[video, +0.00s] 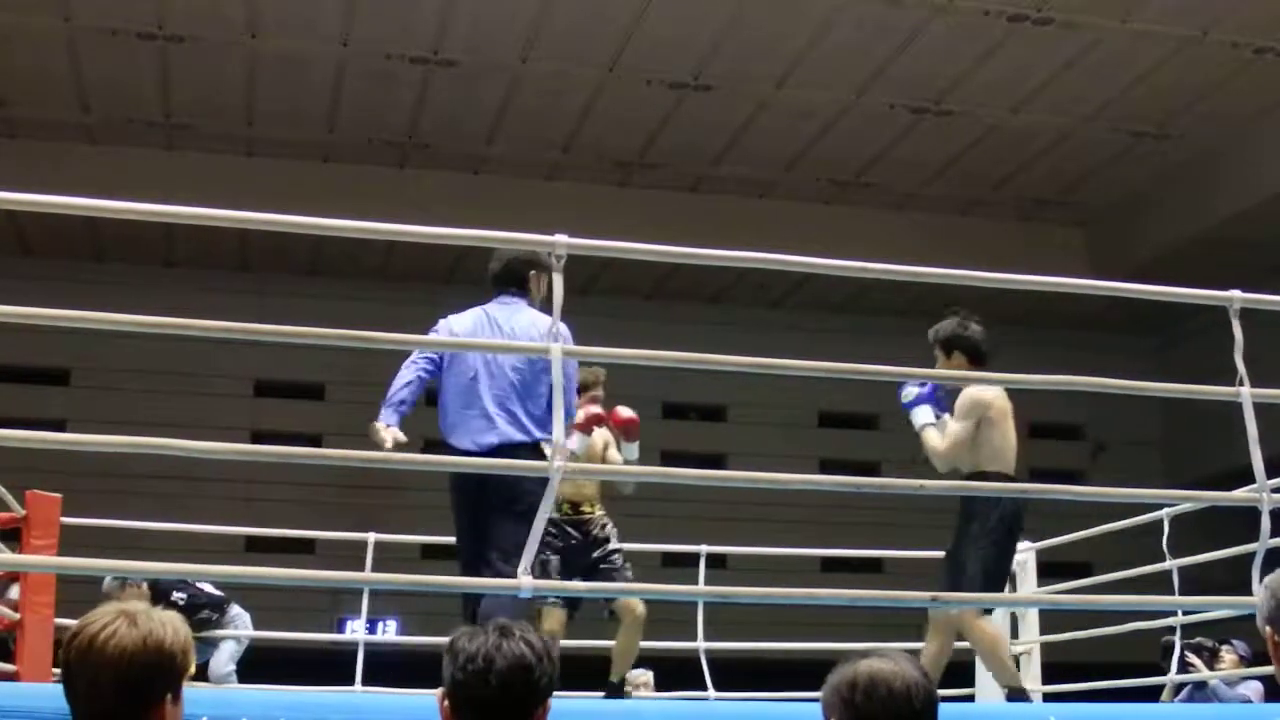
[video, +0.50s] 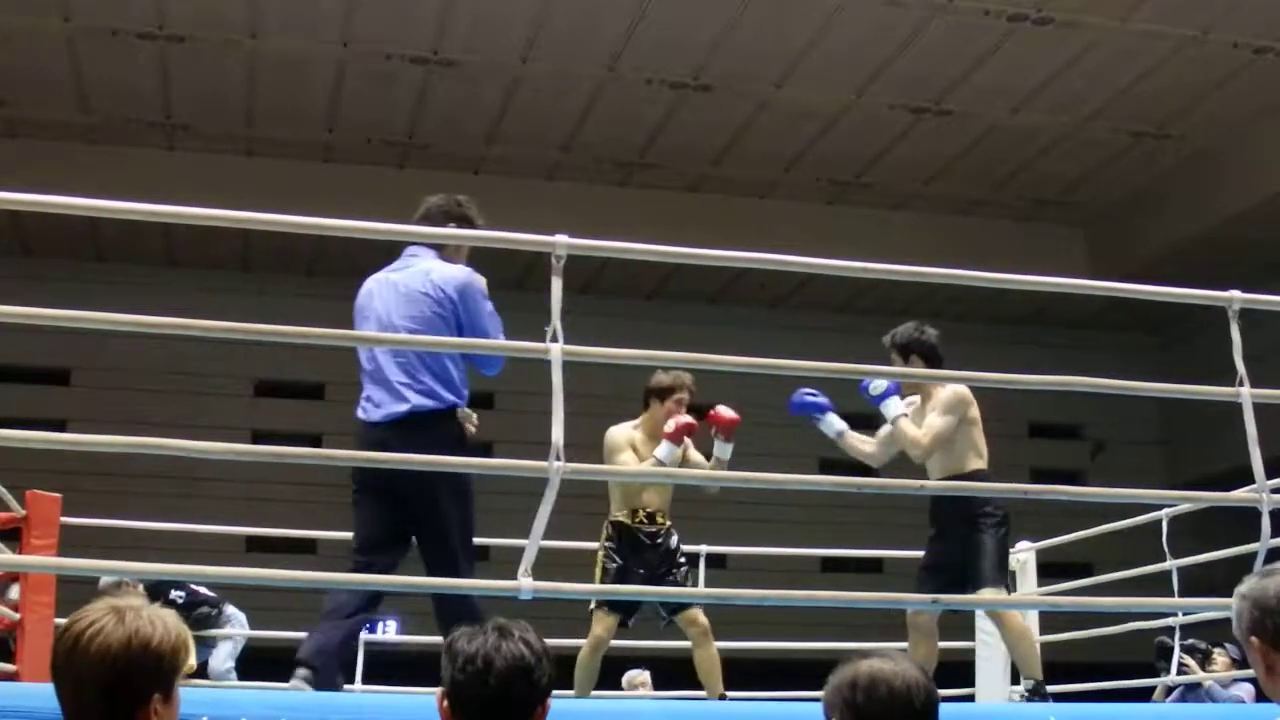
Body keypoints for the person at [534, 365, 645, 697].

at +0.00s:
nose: (598, 404)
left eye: (601, 397)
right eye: (592, 397)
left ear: (603, 398)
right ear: (573, 397)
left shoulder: (605, 433)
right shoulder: (552, 428)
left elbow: (625, 484)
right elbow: (554, 469)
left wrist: (629, 442)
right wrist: (580, 433)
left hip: (596, 519)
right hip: (556, 519)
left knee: (634, 612)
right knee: (553, 623)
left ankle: (614, 692)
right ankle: (540, 698)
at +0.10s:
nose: (621, 412)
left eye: (624, 405)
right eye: (615, 404)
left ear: (624, 408)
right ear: (593, 403)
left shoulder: (624, 444)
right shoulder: (561, 439)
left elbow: (643, 496)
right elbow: (571, 486)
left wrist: (652, 456)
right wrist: (604, 445)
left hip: (622, 534)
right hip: (581, 538)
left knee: (662, 620)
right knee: (566, 636)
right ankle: (548, 705)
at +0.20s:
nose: (648, 424)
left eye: (652, 417)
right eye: (643, 416)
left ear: (654, 419)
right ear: (622, 415)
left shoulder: (651, 455)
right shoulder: (590, 453)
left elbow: (672, 506)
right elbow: (605, 491)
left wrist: (676, 462)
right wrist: (640, 456)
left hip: (649, 552)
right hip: (608, 555)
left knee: (696, 630)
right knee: (587, 647)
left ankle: (719, 706)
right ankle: (553, 709)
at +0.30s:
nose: (675, 431)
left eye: (679, 425)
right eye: (670, 423)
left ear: (681, 429)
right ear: (647, 420)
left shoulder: (671, 458)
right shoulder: (613, 455)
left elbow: (704, 495)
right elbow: (627, 502)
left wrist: (704, 448)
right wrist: (661, 459)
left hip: (664, 553)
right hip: (624, 555)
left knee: (712, 626)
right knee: (605, 649)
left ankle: (723, 707)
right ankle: (564, 706)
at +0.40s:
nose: (687, 421)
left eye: (692, 415)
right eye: (683, 413)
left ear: (691, 419)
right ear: (661, 410)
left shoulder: (679, 448)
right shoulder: (622, 443)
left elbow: (715, 479)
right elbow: (632, 496)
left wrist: (717, 433)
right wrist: (669, 450)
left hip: (664, 548)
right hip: (623, 548)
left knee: (703, 627)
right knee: (605, 640)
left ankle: (721, 705)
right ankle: (569, 701)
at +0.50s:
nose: (681, 412)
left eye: (686, 405)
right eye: (676, 403)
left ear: (688, 409)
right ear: (654, 401)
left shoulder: (678, 442)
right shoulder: (619, 436)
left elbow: (711, 483)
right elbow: (633, 480)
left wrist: (723, 441)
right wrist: (669, 445)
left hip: (663, 541)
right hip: (623, 540)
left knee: (699, 627)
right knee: (600, 636)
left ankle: (719, 705)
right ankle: (578, 708)